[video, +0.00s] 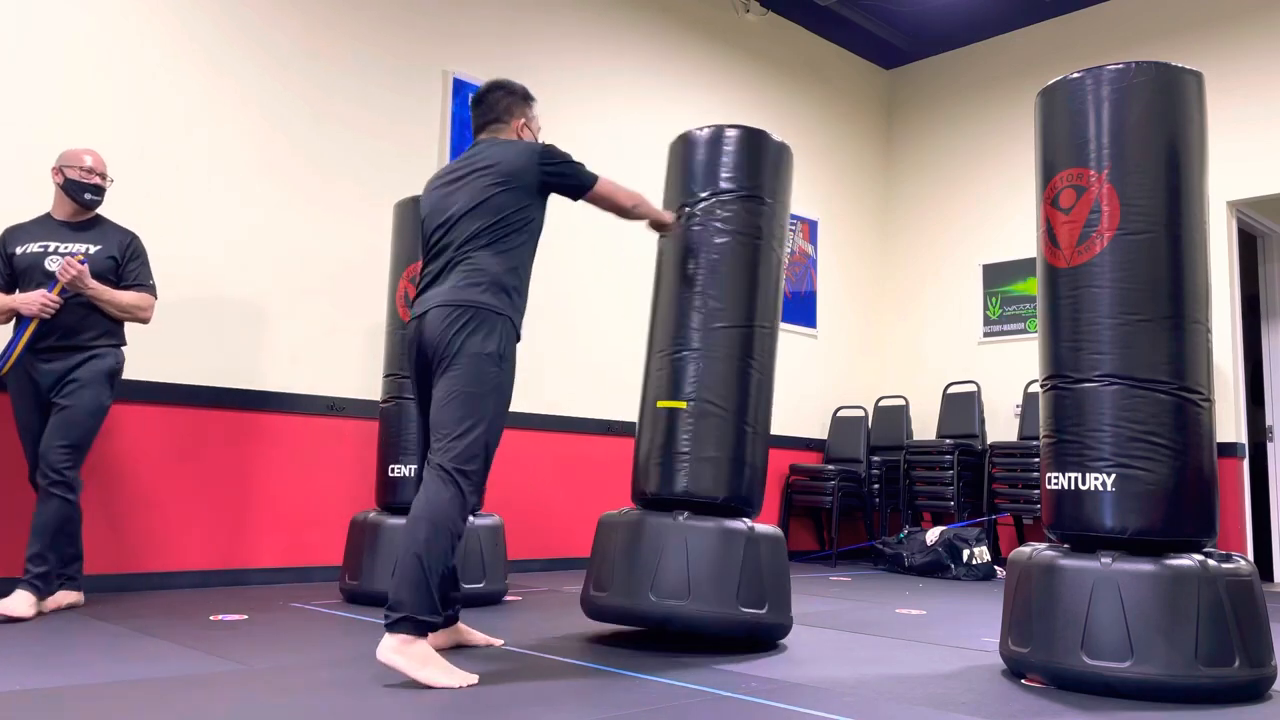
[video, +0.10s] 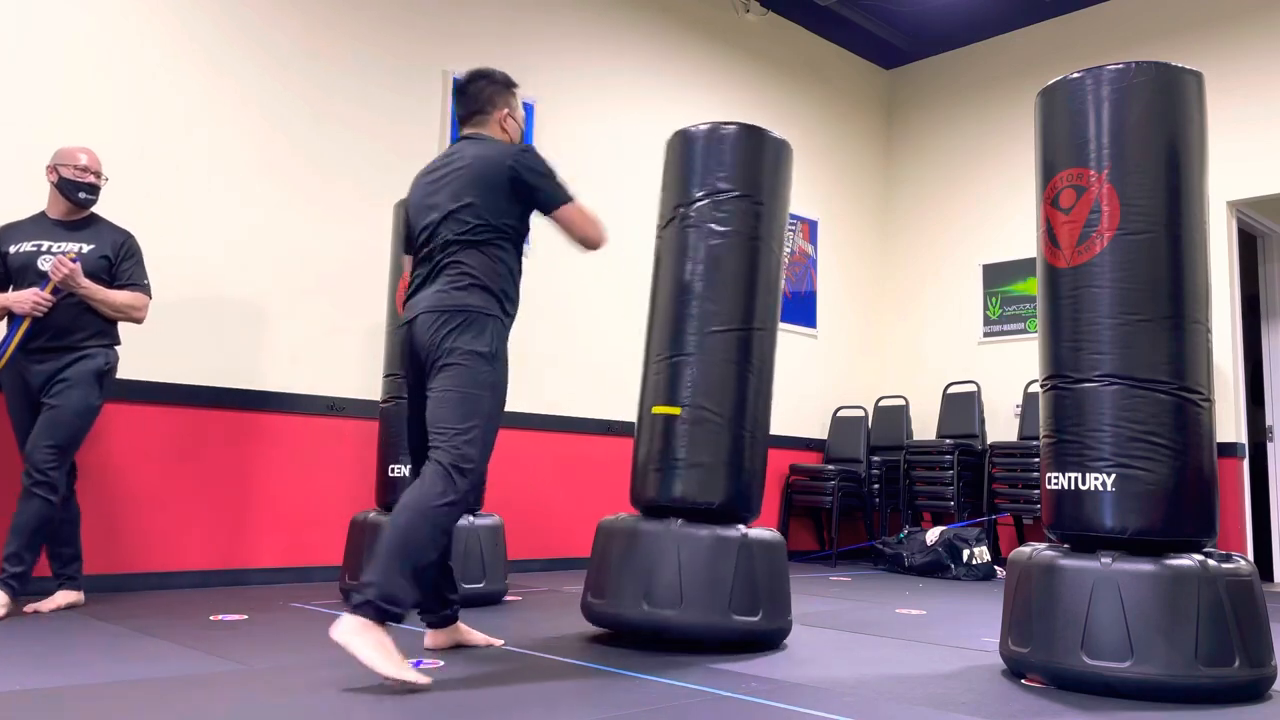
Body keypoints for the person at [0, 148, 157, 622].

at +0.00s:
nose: (96, 181)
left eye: (103, 176)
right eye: (86, 172)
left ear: (108, 186)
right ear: (56, 177)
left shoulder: (122, 241)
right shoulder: (15, 239)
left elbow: (143, 309)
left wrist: (90, 286)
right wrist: (17, 301)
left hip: (90, 366)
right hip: (28, 367)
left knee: (55, 463)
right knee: (45, 472)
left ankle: (32, 585)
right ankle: (68, 583)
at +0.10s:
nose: (90, 180)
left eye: (97, 174)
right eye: (79, 171)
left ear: (103, 184)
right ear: (51, 175)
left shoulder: (117, 241)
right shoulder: (9, 237)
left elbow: (138, 308)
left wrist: (82, 285)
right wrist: (9, 300)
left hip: (83, 365)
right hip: (21, 366)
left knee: (42, 462)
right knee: (50, 471)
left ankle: (7, 585)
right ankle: (70, 584)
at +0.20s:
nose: (83, 179)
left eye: (90, 173)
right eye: (74, 169)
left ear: (96, 181)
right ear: (44, 173)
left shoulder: (110, 239)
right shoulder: (8, 233)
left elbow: (130, 309)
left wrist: (73, 285)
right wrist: (4, 296)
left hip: (75, 363)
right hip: (17, 365)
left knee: (30, 465)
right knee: (46, 474)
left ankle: (3, 582)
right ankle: (70, 584)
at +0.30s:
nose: (64, 181)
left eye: (74, 174)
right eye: (55, 170)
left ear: (84, 178)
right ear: (33, 171)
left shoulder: (101, 239)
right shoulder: (4, 230)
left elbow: (122, 309)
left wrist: (61, 287)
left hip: (64, 360)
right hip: (9, 362)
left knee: (20, 462)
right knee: (39, 473)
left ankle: (1, 580)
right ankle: (69, 582)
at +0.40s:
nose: (39, 186)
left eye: (51, 179)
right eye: (31, 175)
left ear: (72, 179)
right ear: (19, 168)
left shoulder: (90, 236)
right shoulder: (3, 221)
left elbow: (114, 307)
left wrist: (47, 288)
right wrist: (5, 289)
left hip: (48, 358)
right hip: (4, 358)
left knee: (11, 467)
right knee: (29, 470)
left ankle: (1, 582)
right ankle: (67, 576)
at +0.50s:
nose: (16, 188)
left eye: (29, 182)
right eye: (12, 177)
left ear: (57, 177)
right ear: (6, 162)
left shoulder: (78, 234)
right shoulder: (1, 210)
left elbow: (107, 306)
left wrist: (33, 292)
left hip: (34, 360)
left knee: (7, 472)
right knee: (8, 469)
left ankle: (1, 588)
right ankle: (58, 566)